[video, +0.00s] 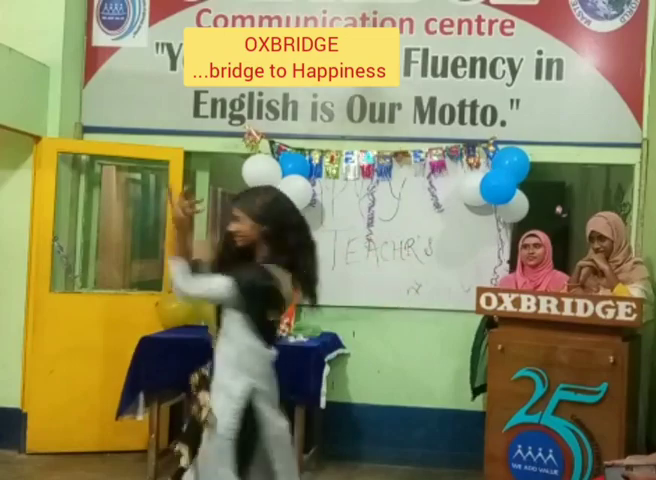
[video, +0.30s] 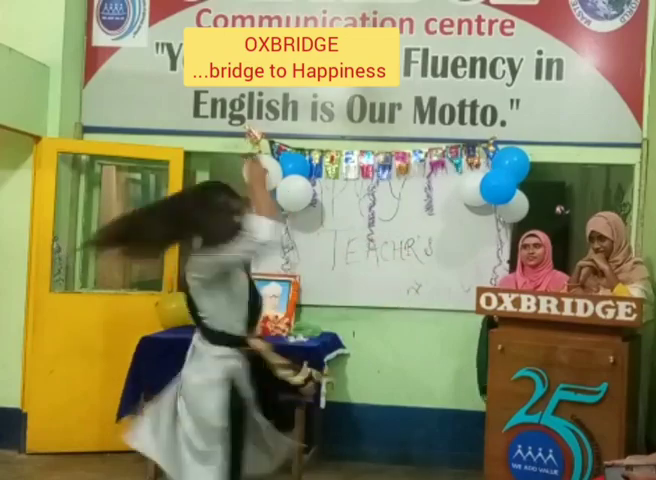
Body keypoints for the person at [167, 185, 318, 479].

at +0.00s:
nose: (231, 228)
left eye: (239, 220)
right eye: (232, 220)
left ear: (264, 227)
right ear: (265, 229)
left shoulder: (252, 281)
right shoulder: (279, 277)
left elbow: (185, 285)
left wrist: (181, 233)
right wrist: (183, 231)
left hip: (238, 384)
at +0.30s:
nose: (238, 222)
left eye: (238, 215)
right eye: (231, 215)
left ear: (203, 220)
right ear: (213, 220)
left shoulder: (212, 256)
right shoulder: (205, 262)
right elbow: (263, 234)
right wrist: (259, 182)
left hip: (219, 360)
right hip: (215, 367)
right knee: (220, 462)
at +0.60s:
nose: (168, 216)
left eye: (178, 209)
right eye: (168, 209)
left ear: (201, 213)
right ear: (167, 212)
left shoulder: (222, 265)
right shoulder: (169, 257)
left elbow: (224, 228)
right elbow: (119, 221)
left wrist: (209, 178)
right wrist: (158, 187)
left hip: (216, 403)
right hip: (168, 401)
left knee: (224, 472)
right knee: (169, 470)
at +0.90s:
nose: (142, 211)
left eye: (152, 206)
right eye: (146, 203)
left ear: (175, 215)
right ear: (179, 217)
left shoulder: (162, 264)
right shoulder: (204, 266)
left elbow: (148, 331)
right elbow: (191, 331)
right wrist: (140, 348)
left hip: (164, 385)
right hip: (188, 383)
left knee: (145, 470)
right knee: (165, 468)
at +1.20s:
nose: (150, 214)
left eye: (163, 208)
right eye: (148, 205)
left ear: (185, 216)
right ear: (141, 206)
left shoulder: (192, 263)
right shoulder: (150, 258)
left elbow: (207, 330)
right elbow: (154, 325)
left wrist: (169, 385)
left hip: (177, 389)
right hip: (145, 382)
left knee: (159, 471)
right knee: (135, 466)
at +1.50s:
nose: (203, 227)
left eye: (210, 220)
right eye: (194, 219)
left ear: (221, 225)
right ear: (176, 223)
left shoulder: (232, 268)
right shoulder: (164, 266)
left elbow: (271, 249)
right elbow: (117, 265)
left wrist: (220, 226)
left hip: (220, 384)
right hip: (176, 381)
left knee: (188, 469)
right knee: (149, 464)